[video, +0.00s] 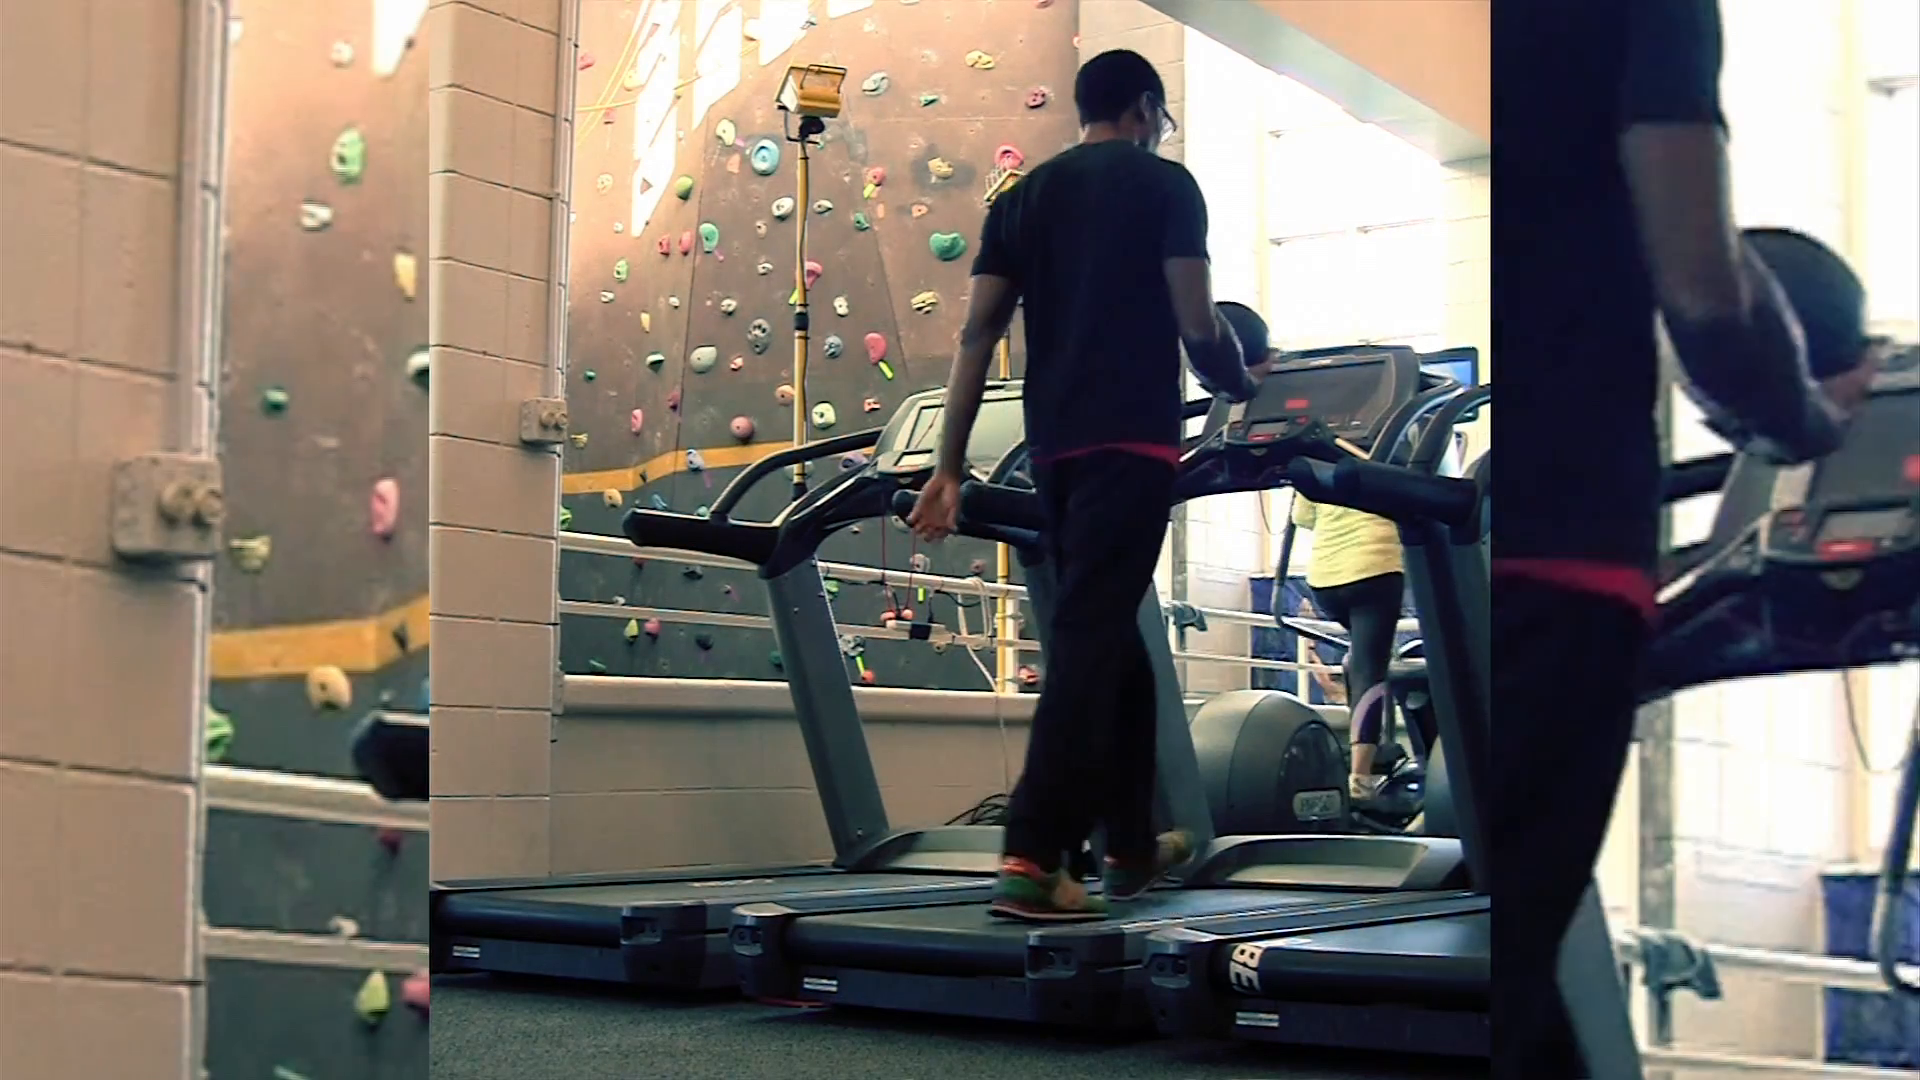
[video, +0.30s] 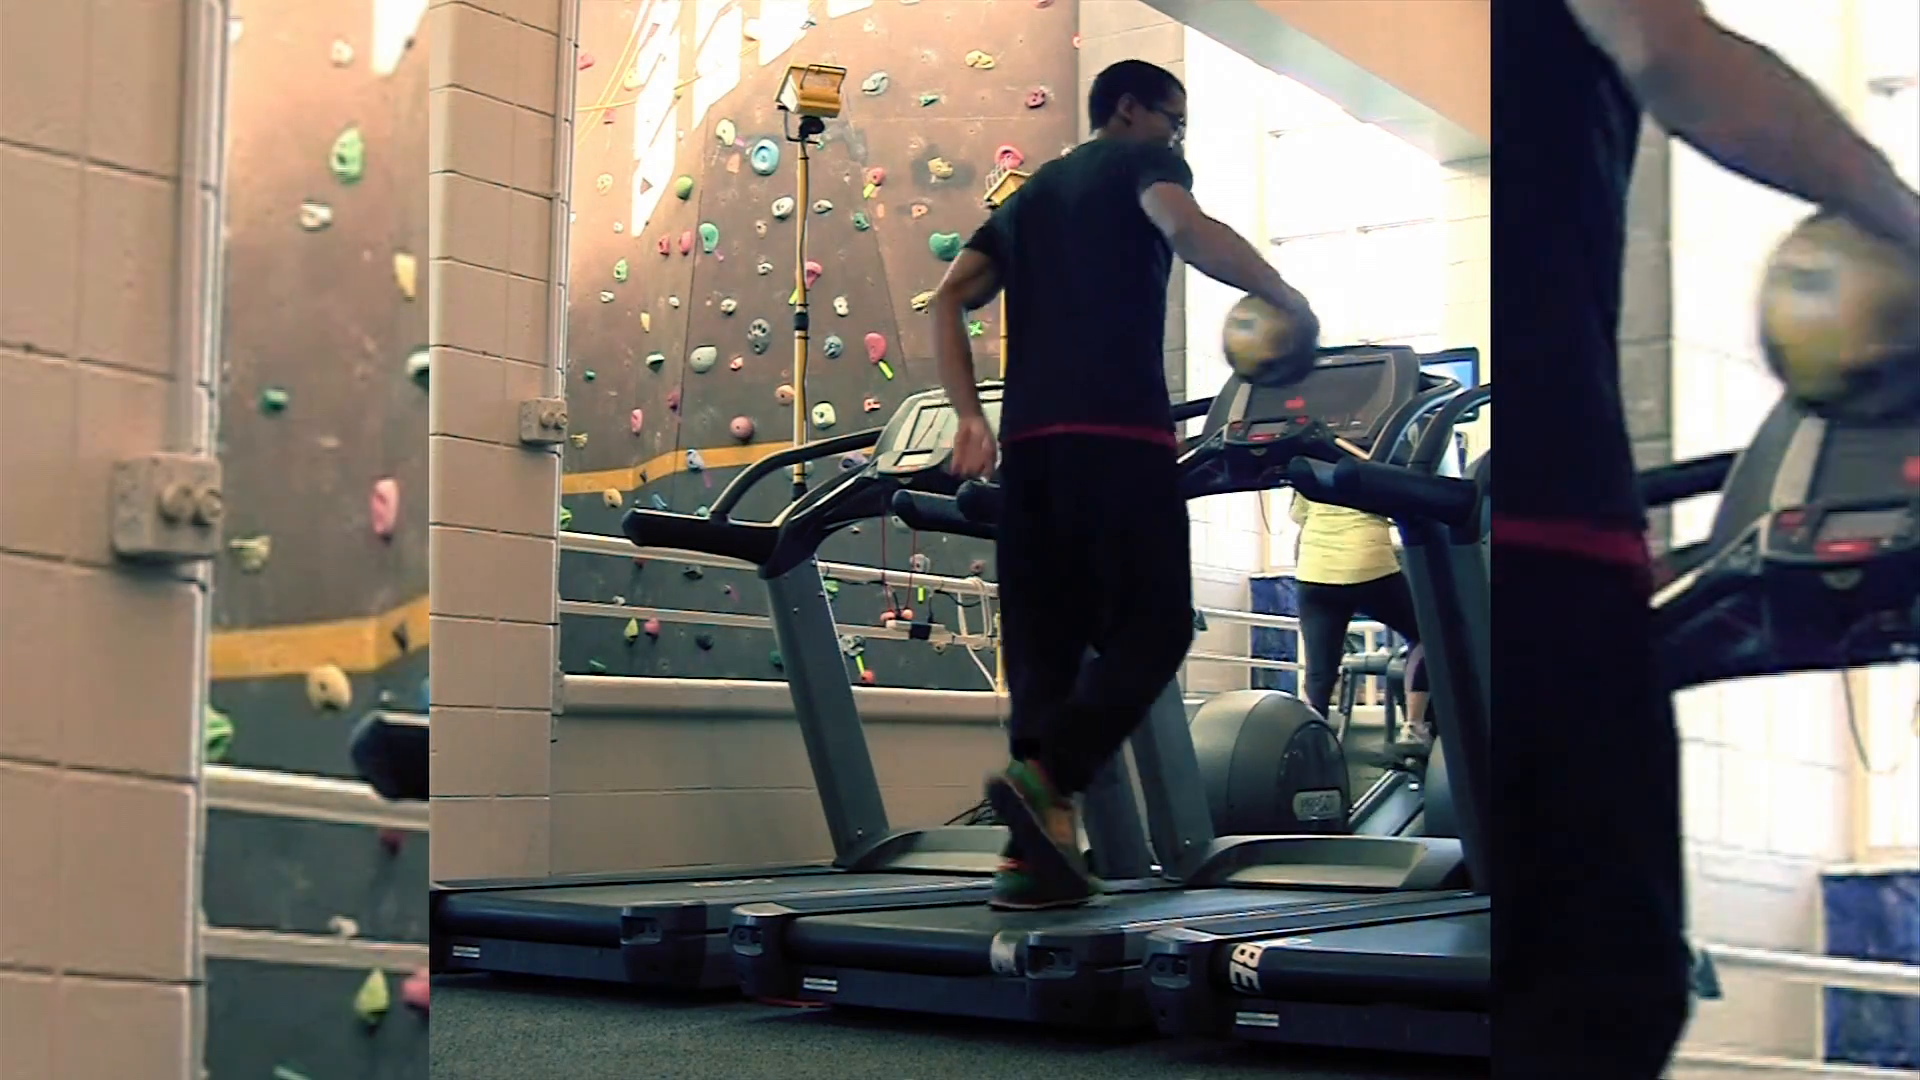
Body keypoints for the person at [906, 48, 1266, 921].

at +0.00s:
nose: (1162, 132)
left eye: (1161, 121)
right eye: (1161, 118)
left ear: (1081, 112)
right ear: (1143, 111)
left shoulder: (1020, 197)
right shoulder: (1165, 182)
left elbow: (977, 338)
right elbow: (1197, 331)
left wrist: (947, 464)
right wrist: (1240, 388)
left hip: (1053, 450)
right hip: (1136, 445)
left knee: (1110, 643)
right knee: (1086, 645)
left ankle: (1132, 849)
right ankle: (1032, 859)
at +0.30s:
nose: (1176, 139)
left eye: (1178, 127)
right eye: (1170, 123)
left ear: (1102, 114)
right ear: (1128, 106)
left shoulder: (1025, 197)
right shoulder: (1142, 158)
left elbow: (945, 302)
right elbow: (1187, 230)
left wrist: (968, 414)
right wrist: (1293, 302)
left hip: (1031, 447)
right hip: (1121, 438)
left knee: (1037, 641)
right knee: (1157, 625)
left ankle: (1042, 856)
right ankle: (1046, 776)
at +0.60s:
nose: (1256, 158)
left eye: (1259, 146)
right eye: (1240, 140)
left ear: (1185, 156)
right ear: (1188, 145)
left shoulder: (1130, 218)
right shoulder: (1178, 205)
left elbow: (992, 275)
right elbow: (1058, 261)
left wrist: (956, 389)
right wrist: (1011, 385)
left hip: (1079, 483)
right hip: (1137, 482)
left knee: (1096, 680)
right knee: (1217, 663)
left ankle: (947, 774)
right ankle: (1138, 859)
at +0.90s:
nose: (1147, 5)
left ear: (1182, 4)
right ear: (1112, 2)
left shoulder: (1217, 81)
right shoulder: (1069, 71)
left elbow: (1266, 174)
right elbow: (976, 169)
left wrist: (1330, 176)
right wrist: (1001, 252)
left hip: (1173, 342)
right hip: (1074, 342)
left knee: (1223, 494)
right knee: (1063, 540)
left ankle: (1128, 633)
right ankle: (1040, 741)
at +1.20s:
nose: (1039, 96)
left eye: (1050, 76)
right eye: (1037, 80)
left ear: (1103, 68)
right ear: (1087, 75)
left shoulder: (1198, 140)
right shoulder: (1072, 177)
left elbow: (1301, 195)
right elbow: (1072, 288)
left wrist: (1351, 217)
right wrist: (982, 327)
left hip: (1167, 423)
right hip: (1080, 402)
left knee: (1147, 632)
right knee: (933, 481)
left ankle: (1184, 853)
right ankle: (1026, 658)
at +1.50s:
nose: (1032, 128)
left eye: (1037, 109)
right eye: (1031, 112)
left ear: (1073, 100)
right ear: (1117, 103)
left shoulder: (1094, 190)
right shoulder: (1190, 191)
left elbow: (1065, 342)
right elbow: (1252, 316)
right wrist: (1181, 371)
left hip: (1111, 448)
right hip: (1193, 447)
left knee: (1048, 628)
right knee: (1182, 631)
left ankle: (1034, 859)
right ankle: (1214, 845)